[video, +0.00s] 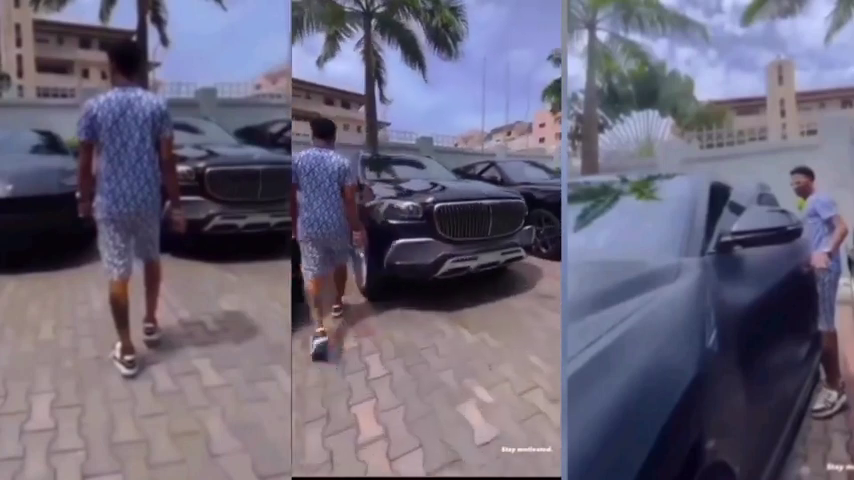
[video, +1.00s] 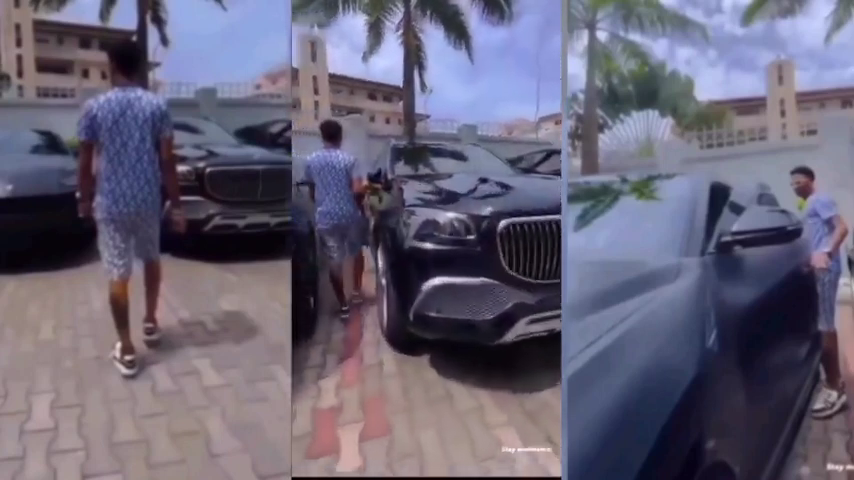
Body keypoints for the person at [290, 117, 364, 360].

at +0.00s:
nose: (325, 141)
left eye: (319, 135)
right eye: (330, 137)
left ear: (313, 135)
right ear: (334, 137)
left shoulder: (299, 160)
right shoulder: (342, 163)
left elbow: (293, 197)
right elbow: (349, 198)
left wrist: (295, 226)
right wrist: (356, 225)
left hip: (308, 226)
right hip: (336, 225)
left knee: (313, 277)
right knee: (340, 263)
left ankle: (319, 327)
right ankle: (338, 301)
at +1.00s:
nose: (334, 139)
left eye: (329, 136)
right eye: (337, 136)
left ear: (322, 137)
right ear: (340, 137)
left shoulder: (312, 161)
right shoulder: (349, 159)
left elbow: (311, 192)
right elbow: (357, 189)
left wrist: (318, 205)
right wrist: (360, 207)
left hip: (325, 214)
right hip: (349, 213)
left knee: (334, 260)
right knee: (357, 252)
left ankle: (342, 305)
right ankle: (357, 290)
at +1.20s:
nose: (354, 145)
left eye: (349, 142)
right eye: (357, 142)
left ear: (344, 143)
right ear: (362, 143)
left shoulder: (333, 165)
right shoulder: (368, 165)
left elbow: (333, 193)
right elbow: (373, 193)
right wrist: (382, 187)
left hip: (344, 217)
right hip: (366, 216)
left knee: (351, 260)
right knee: (369, 256)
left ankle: (357, 307)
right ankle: (367, 283)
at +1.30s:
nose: (367, 148)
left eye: (362, 144)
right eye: (370, 145)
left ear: (356, 145)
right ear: (373, 146)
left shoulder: (346, 167)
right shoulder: (377, 168)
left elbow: (345, 190)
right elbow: (381, 196)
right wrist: (390, 187)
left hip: (354, 215)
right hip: (374, 215)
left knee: (359, 258)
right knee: (376, 253)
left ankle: (364, 304)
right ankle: (373, 284)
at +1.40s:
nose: (380, 148)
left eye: (375, 144)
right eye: (382, 145)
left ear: (368, 146)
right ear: (384, 146)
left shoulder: (358, 166)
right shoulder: (386, 168)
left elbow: (358, 187)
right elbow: (388, 196)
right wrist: (399, 189)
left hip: (363, 214)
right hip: (382, 215)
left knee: (368, 254)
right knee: (385, 253)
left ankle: (370, 292)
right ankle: (381, 285)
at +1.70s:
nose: (411, 147)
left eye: (407, 145)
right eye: (411, 144)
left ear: (396, 146)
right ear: (411, 146)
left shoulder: (387, 165)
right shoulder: (411, 167)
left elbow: (384, 188)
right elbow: (411, 193)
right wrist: (419, 193)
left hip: (392, 214)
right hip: (409, 215)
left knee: (394, 248)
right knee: (409, 253)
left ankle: (396, 281)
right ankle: (403, 291)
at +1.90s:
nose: (419, 153)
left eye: (414, 150)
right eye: (422, 150)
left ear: (410, 151)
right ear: (424, 151)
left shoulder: (401, 170)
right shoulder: (427, 170)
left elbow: (395, 194)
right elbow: (428, 196)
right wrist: (435, 189)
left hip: (406, 218)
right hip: (423, 218)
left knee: (414, 252)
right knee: (422, 257)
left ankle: (422, 278)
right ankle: (415, 298)